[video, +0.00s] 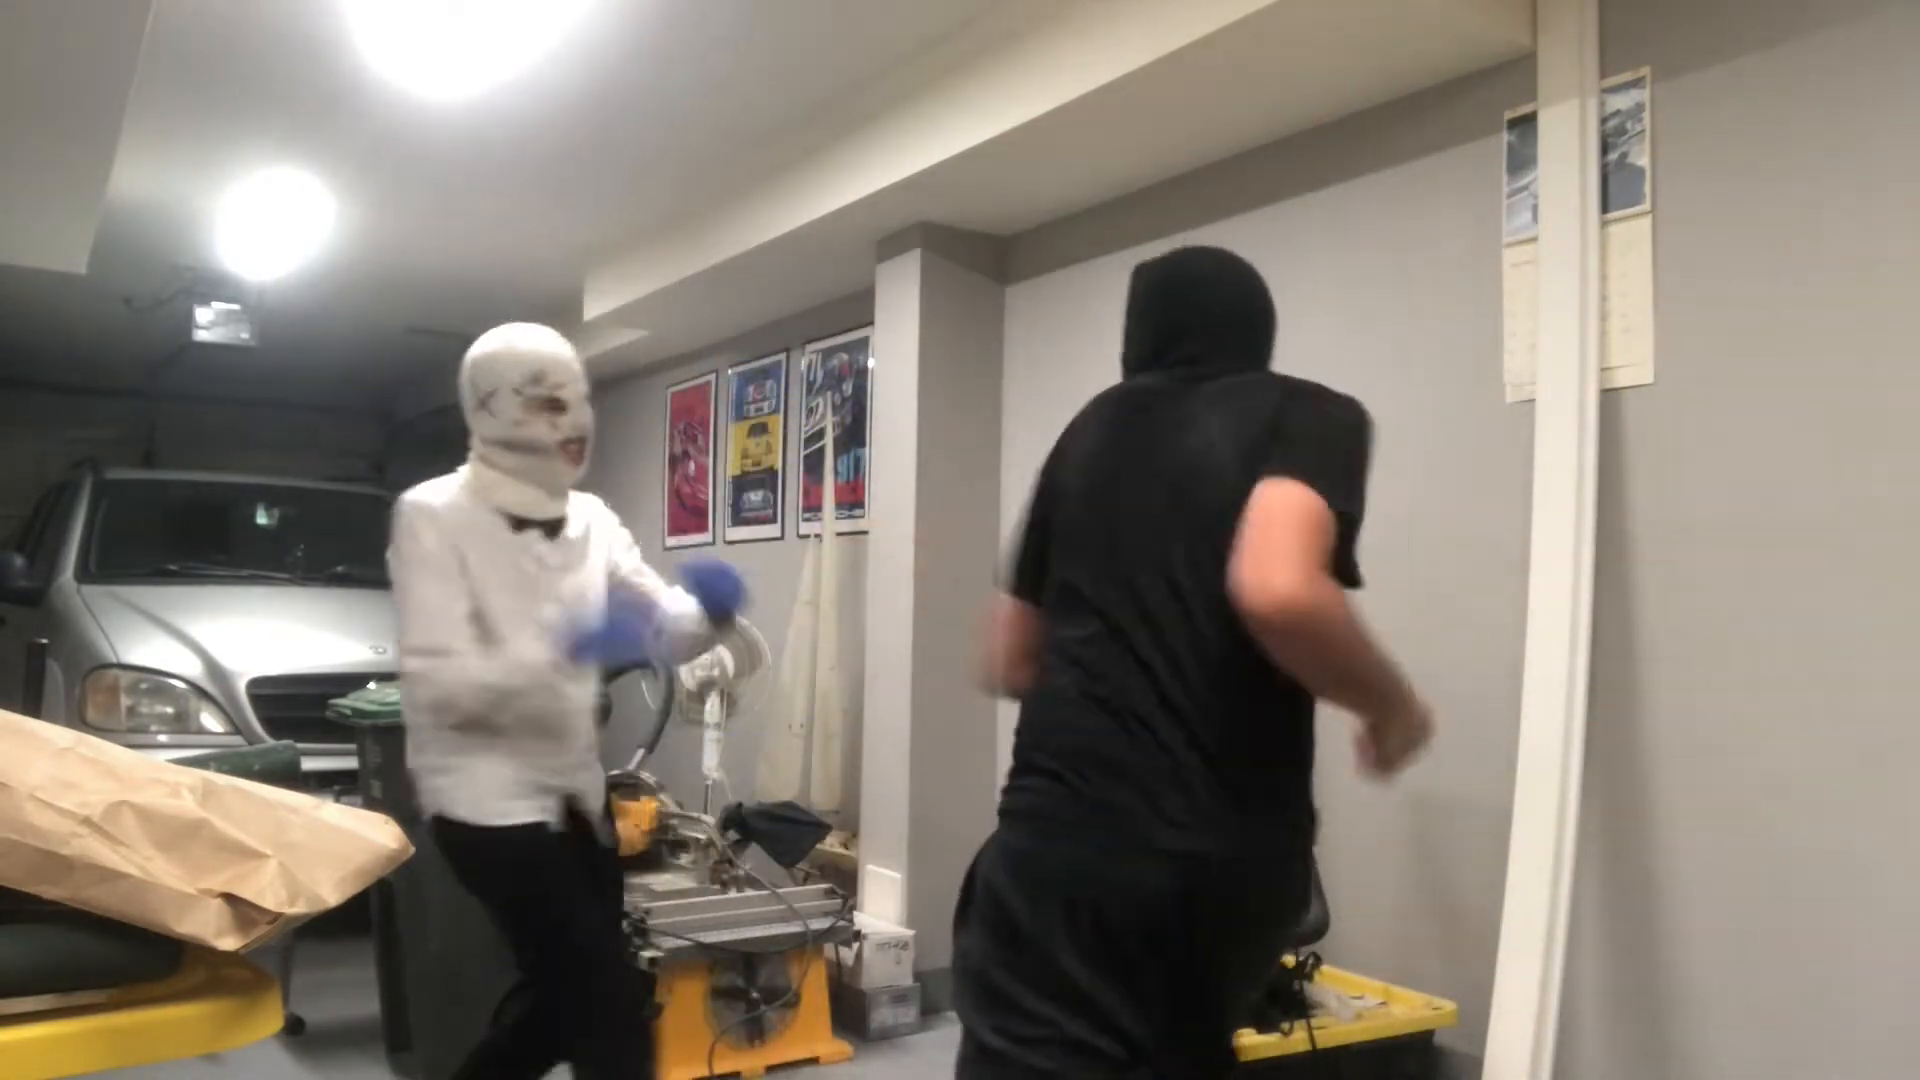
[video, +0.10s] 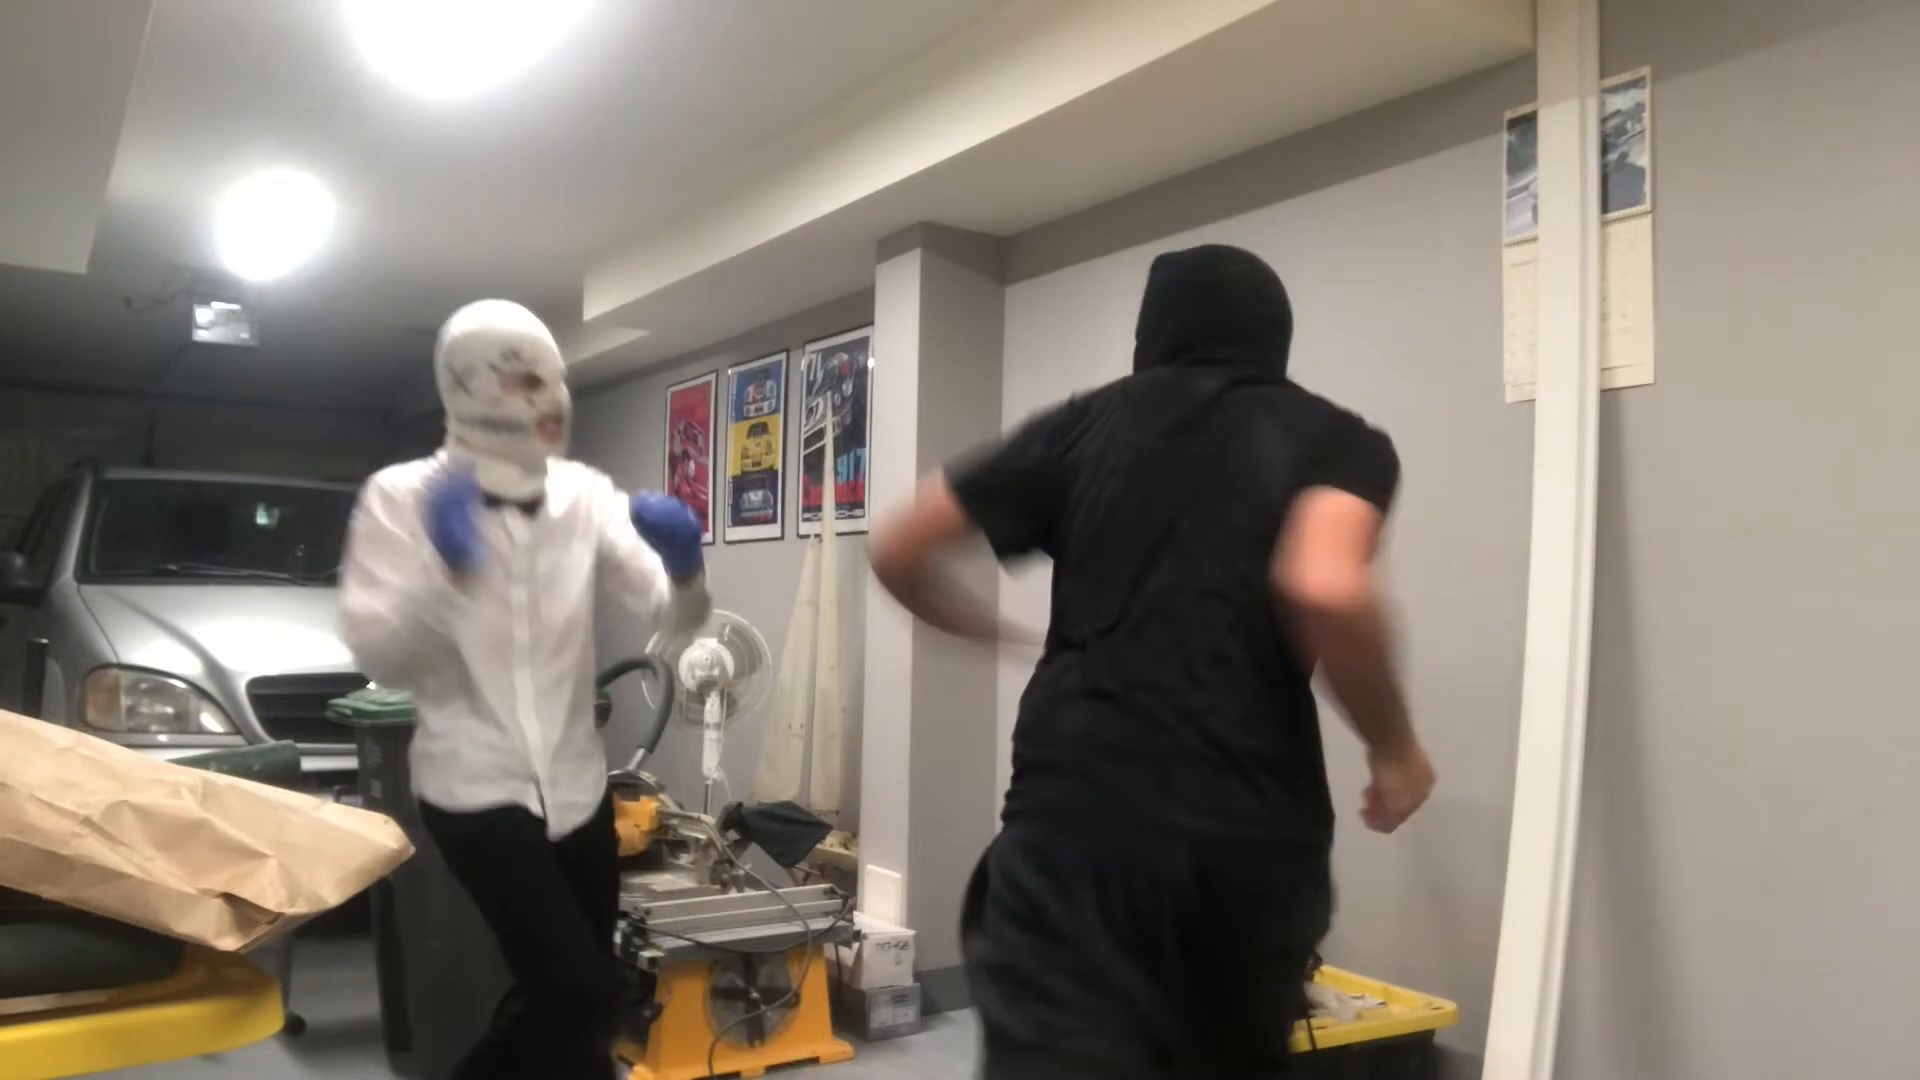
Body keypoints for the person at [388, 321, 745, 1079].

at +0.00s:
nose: (575, 424)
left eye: (580, 403)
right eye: (549, 407)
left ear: (590, 405)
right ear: (490, 416)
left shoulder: (591, 521)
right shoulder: (434, 515)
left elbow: (656, 626)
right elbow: (436, 687)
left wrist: (704, 610)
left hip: (575, 790)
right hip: (480, 793)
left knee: (573, 992)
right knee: (594, 988)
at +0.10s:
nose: (554, 402)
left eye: (555, 380)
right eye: (526, 383)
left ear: (562, 383)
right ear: (471, 395)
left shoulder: (586, 495)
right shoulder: (401, 498)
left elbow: (669, 622)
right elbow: (376, 651)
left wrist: (684, 572)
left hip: (574, 780)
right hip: (471, 785)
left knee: (583, 992)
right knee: (575, 989)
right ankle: (481, 1072)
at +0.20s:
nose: (533, 371)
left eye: (535, 350)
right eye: (502, 355)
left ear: (544, 350)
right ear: (447, 372)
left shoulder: (588, 456)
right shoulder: (404, 478)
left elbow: (687, 564)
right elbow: (313, 605)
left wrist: (688, 498)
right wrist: (362, 474)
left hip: (577, 754)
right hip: (471, 762)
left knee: (564, 984)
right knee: (527, 979)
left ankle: (518, 1069)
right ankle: (461, 1075)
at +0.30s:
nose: (513, 368)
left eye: (519, 346)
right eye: (488, 349)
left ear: (530, 344)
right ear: (430, 357)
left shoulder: (567, 443)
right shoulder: (387, 474)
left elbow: (666, 476)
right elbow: (327, 577)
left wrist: (730, 460)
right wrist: (320, 439)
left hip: (575, 760)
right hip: (464, 771)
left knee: (556, 979)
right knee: (470, 990)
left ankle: (492, 1061)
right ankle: (451, 1074)